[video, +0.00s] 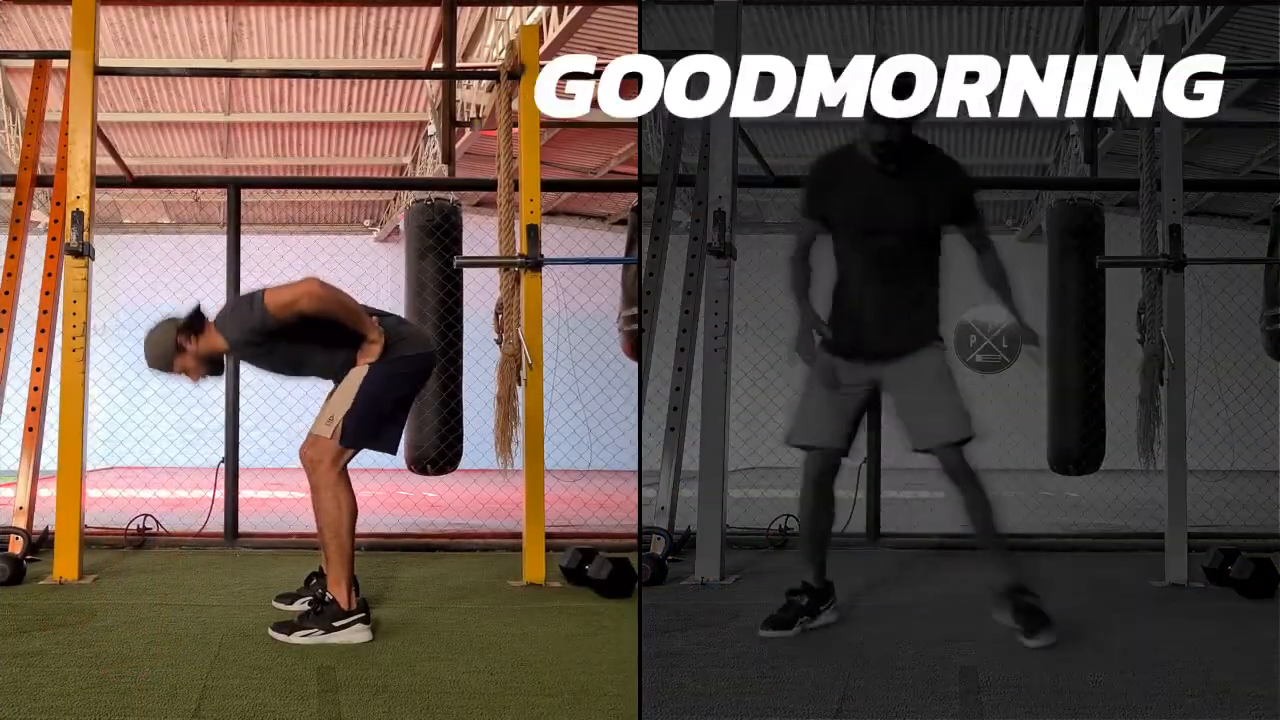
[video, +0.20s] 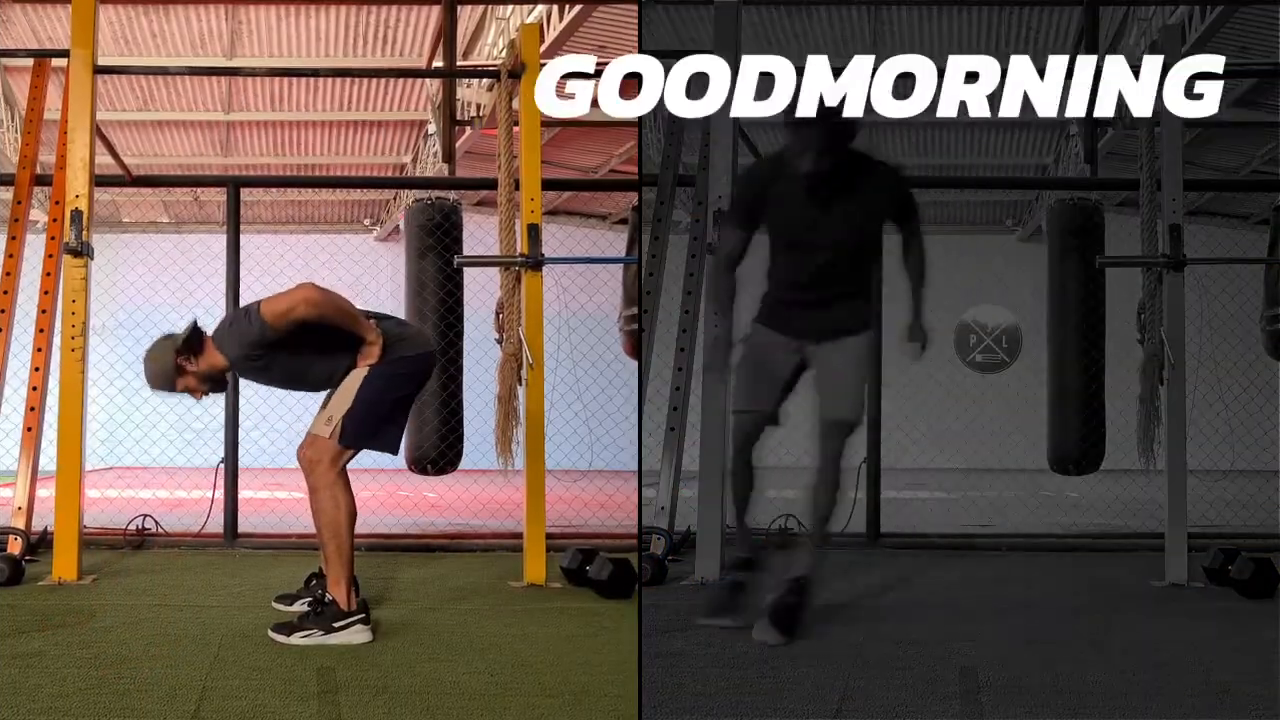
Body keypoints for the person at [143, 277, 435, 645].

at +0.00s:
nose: (188, 376)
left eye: (179, 368)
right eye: (179, 372)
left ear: (185, 343)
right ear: (188, 340)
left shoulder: (234, 323)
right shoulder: (233, 334)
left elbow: (311, 290)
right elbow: (308, 293)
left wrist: (370, 332)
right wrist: (364, 335)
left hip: (393, 352)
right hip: (380, 354)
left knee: (322, 457)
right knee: (316, 455)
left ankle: (342, 604)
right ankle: (336, 582)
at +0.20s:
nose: (191, 394)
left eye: (181, 387)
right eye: (181, 391)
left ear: (186, 363)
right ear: (188, 361)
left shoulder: (235, 336)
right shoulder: (235, 349)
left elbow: (308, 296)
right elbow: (306, 300)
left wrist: (368, 334)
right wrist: (364, 337)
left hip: (394, 353)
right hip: (383, 355)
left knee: (319, 457)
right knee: (317, 456)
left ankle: (343, 605)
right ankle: (335, 581)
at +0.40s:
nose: (175, 300)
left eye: (170, 289)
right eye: (169, 293)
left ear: (182, 272)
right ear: (184, 270)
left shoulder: (234, 268)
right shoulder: (235, 280)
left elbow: (317, 256)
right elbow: (314, 258)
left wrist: (360, 319)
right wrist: (344, 333)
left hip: (375, 345)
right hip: (367, 346)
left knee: (315, 457)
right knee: (317, 457)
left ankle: (342, 603)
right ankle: (336, 582)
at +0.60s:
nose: (192, 194)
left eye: (191, 182)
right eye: (188, 185)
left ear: (212, 167)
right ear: (215, 167)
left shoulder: (264, 187)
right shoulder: (255, 202)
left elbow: (334, 212)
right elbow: (329, 217)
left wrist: (337, 294)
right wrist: (324, 302)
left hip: (347, 340)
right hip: (337, 341)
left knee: (312, 458)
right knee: (312, 457)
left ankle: (341, 604)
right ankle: (336, 581)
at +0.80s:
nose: (228, 142)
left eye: (232, 131)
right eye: (227, 132)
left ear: (258, 124)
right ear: (262, 124)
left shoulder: (295, 158)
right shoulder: (287, 167)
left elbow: (339, 210)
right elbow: (333, 222)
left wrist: (313, 288)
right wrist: (306, 293)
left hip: (321, 339)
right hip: (317, 339)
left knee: (312, 460)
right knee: (313, 460)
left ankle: (342, 604)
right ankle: (333, 579)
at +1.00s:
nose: (252, 137)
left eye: (256, 125)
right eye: (251, 128)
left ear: (283, 119)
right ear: (284, 121)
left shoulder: (314, 160)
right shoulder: (303, 170)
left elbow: (342, 218)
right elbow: (329, 243)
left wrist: (303, 290)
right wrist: (322, 312)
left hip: (307, 340)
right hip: (304, 339)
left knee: (311, 464)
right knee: (312, 463)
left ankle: (341, 602)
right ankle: (333, 581)